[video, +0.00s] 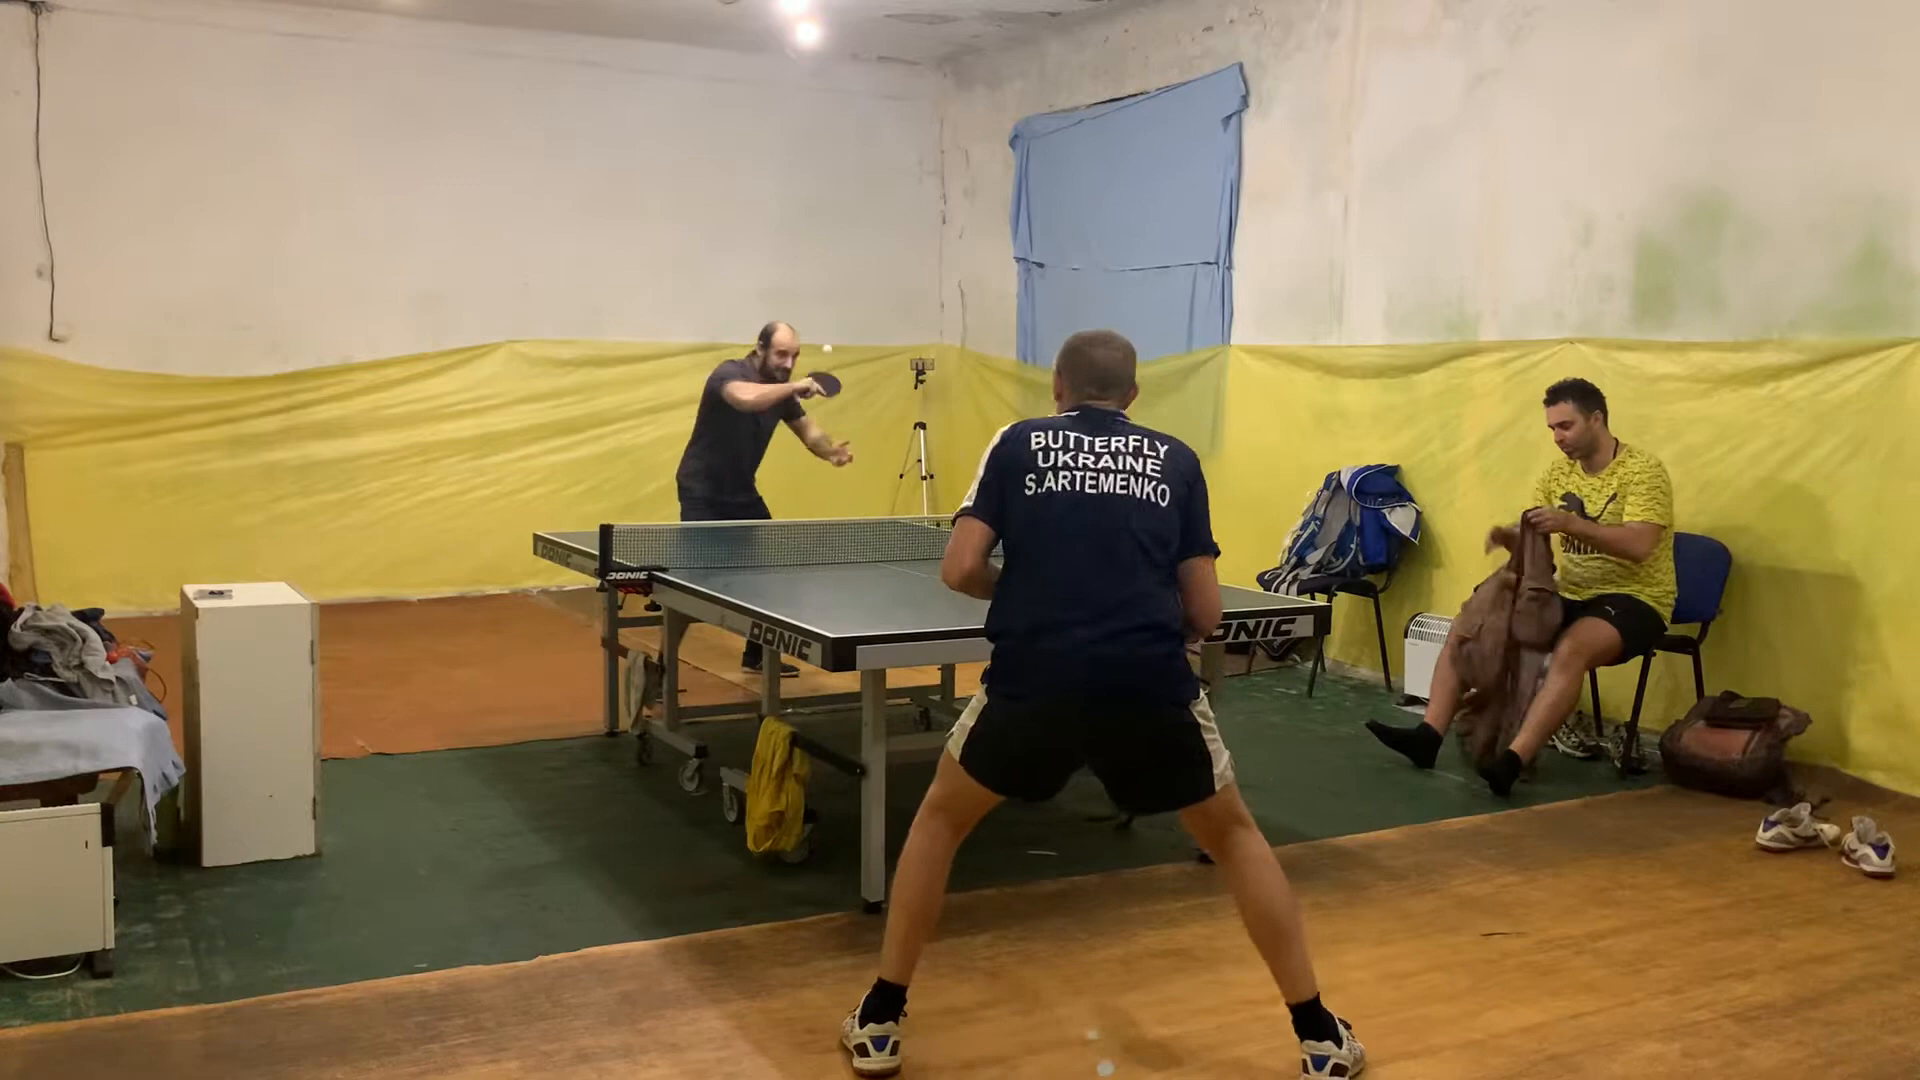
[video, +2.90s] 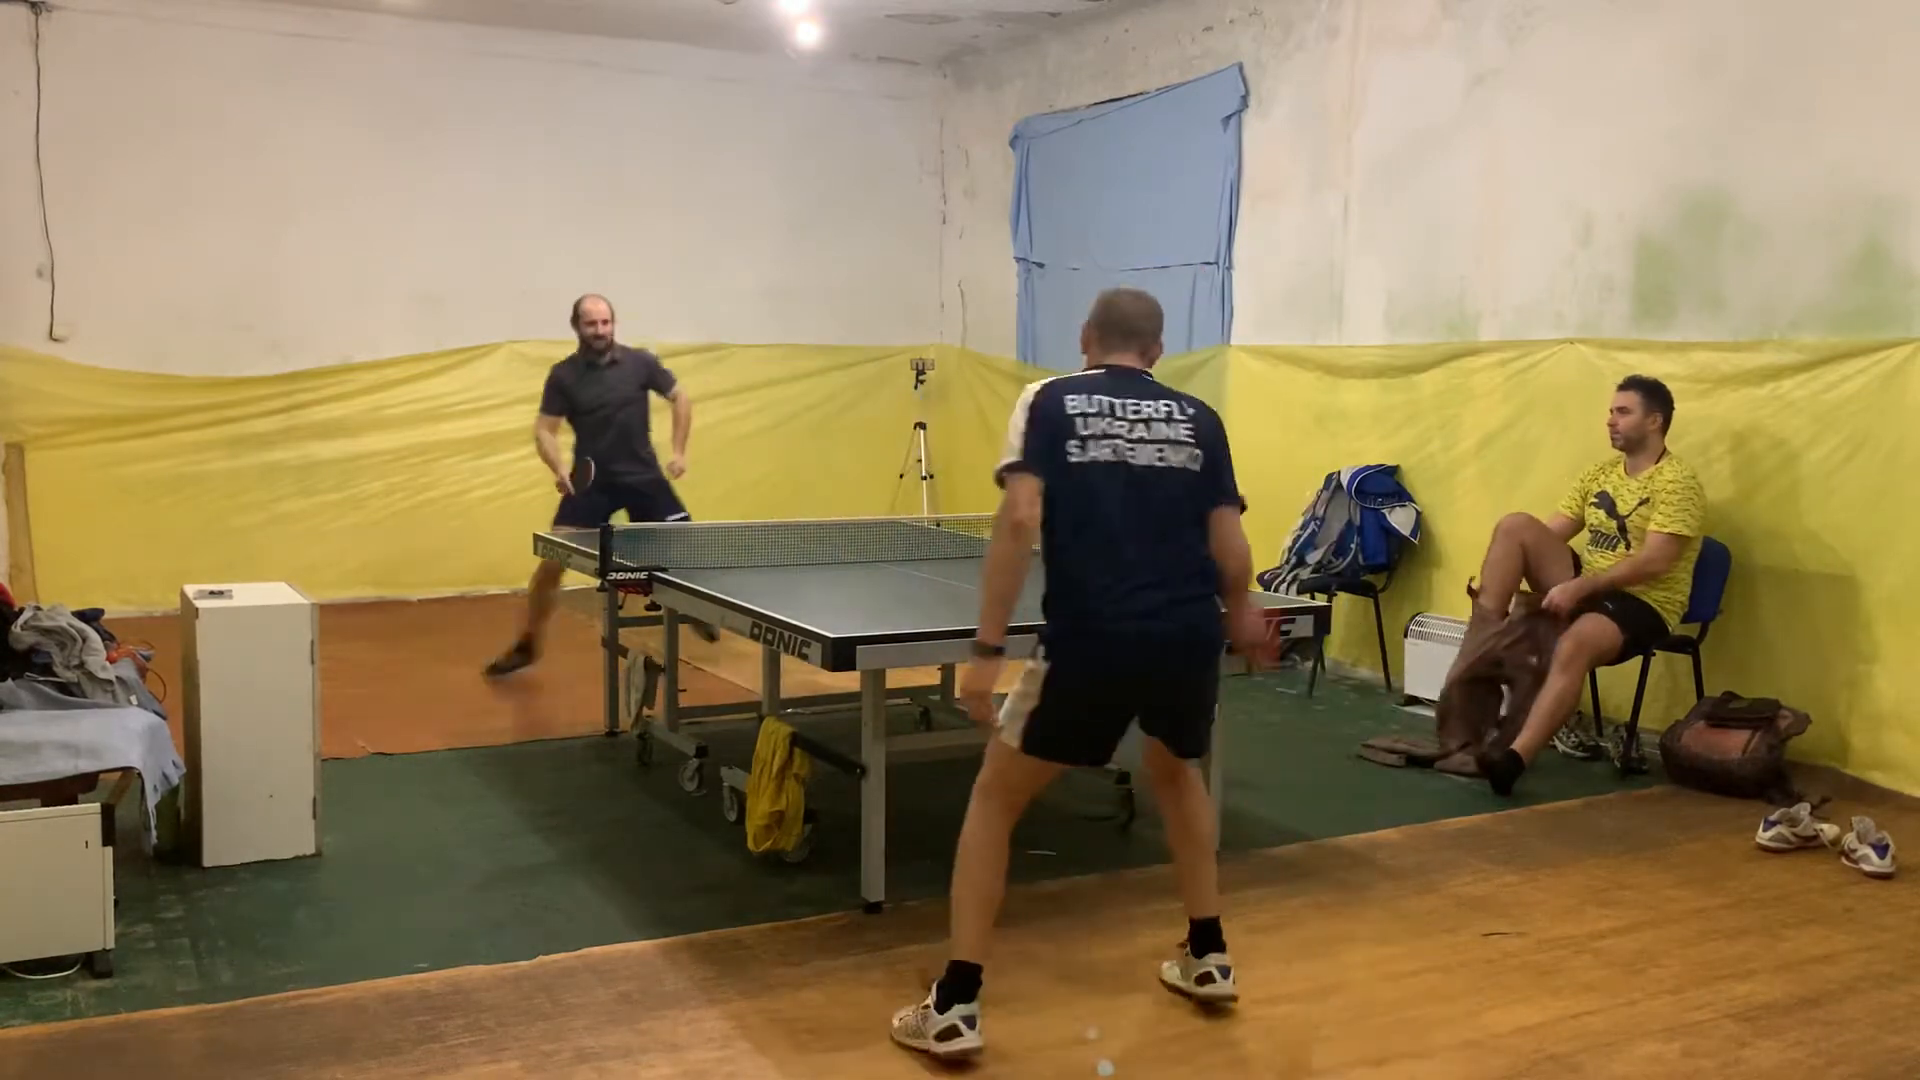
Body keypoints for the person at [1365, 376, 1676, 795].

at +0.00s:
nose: (1557, 438)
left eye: (1564, 427)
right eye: (1552, 429)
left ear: (1597, 419)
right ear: (1551, 427)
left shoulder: (1643, 471)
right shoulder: (1558, 473)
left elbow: (1640, 545)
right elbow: (1542, 545)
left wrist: (1570, 524)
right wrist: (1516, 539)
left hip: (1634, 598)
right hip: (1568, 594)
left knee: (1571, 650)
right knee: (1469, 624)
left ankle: (1513, 761)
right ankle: (1430, 734)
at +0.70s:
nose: (1560, 439)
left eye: (1567, 427)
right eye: (1555, 430)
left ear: (1599, 418)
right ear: (1556, 428)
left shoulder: (1653, 471)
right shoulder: (1560, 475)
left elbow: (1677, 542)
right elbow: (1518, 529)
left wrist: (1627, 509)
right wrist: (1502, 554)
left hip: (1639, 599)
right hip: (1571, 593)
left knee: (1573, 651)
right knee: (1466, 625)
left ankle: (1513, 760)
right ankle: (1429, 734)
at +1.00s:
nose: (1578, 426)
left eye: (1587, 416)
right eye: (1574, 416)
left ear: (1621, 416)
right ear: (1574, 417)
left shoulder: (1659, 473)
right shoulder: (1572, 466)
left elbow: (1674, 536)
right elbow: (1508, 496)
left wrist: (1613, 524)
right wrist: (1476, 510)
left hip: (1637, 600)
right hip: (1570, 592)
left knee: (1572, 653)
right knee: (1465, 625)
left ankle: (1514, 759)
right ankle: (1429, 734)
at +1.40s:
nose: (1605, 419)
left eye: (1617, 410)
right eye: (1605, 410)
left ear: (1651, 419)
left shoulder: (1672, 481)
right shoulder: (1592, 462)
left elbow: (1643, 537)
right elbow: (1522, 479)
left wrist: (1567, 531)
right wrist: (1468, 480)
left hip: (1638, 601)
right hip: (1578, 587)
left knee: (1572, 646)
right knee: (1495, 578)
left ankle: (1513, 761)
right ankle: (1476, 701)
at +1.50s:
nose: (1606, 419)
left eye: (1618, 411)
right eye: (1606, 410)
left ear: (1652, 420)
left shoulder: (1672, 481)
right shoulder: (1592, 464)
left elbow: (1640, 541)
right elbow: (1520, 487)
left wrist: (1555, 547)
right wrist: (1460, 494)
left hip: (1639, 603)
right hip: (1580, 591)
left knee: (1572, 645)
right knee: (1513, 543)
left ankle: (1512, 762)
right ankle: (1504, 654)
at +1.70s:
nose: (1606, 421)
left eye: (1617, 413)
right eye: (1605, 412)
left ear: (1651, 423)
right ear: (1605, 415)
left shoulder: (1671, 485)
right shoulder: (1597, 470)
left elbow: (1631, 561)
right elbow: (1529, 511)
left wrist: (1562, 589)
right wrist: (1469, 553)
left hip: (1644, 600)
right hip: (1593, 585)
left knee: (1573, 646)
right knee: (1523, 521)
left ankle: (1514, 760)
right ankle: (1520, 625)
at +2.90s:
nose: (1611, 420)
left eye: (1623, 412)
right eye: (1611, 412)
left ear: (1656, 422)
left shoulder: (1678, 482)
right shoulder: (1603, 473)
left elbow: (1656, 561)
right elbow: (1555, 529)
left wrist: (1581, 587)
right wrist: (1497, 574)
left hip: (1647, 601)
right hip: (1591, 584)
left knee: (1575, 645)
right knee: (1514, 528)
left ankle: (1515, 759)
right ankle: (1474, 661)